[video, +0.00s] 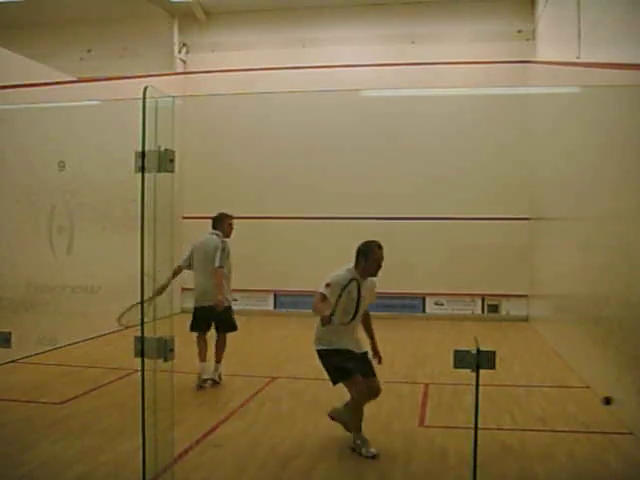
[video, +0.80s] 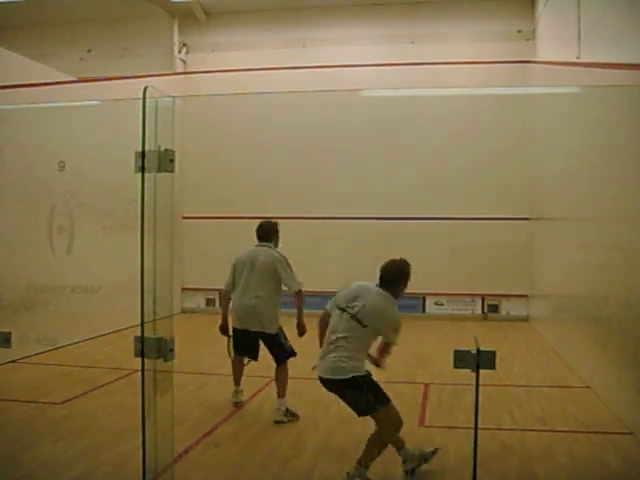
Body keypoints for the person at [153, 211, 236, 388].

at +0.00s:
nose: (232, 229)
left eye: (232, 225)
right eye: (229, 225)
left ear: (214, 226)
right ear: (221, 226)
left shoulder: (198, 244)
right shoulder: (221, 244)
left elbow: (180, 267)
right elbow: (218, 270)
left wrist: (164, 285)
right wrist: (220, 295)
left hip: (201, 301)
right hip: (220, 301)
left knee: (201, 334)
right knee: (221, 334)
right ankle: (217, 370)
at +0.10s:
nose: (238, 227)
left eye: (238, 223)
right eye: (236, 223)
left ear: (220, 225)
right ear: (226, 224)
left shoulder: (206, 243)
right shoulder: (226, 242)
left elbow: (190, 268)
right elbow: (222, 269)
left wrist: (176, 291)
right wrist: (224, 294)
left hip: (207, 300)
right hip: (227, 300)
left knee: (219, 337)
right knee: (233, 332)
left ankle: (224, 373)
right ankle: (233, 368)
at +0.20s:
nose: (245, 231)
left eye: (245, 227)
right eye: (242, 227)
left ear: (229, 229)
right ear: (232, 228)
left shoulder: (214, 248)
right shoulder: (232, 247)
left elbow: (199, 276)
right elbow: (230, 275)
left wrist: (188, 301)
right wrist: (235, 301)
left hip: (217, 309)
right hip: (235, 308)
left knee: (228, 346)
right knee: (247, 338)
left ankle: (231, 386)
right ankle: (252, 379)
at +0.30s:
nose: (252, 233)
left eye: (252, 229)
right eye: (249, 229)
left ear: (234, 231)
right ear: (237, 230)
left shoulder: (220, 250)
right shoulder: (239, 248)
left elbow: (206, 280)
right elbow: (241, 278)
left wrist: (199, 305)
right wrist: (253, 304)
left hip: (223, 310)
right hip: (241, 310)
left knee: (231, 348)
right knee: (260, 338)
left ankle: (231, 387)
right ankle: (266, 381)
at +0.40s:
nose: (261, 234)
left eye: (261, 230)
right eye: (258, 230)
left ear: (243, 231)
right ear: (246, 231)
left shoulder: (227, 251)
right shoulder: (247, 250)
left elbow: (213, 280)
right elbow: (253, 280)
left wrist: (208, 305)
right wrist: (272, 305)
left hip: (229, 312)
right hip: (248, 311)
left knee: (233, 349)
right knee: (270, 345)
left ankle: (232, 387)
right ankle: (274, 385)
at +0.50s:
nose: (271, 239)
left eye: (271, 235)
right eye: (267, 235)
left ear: (251, 237)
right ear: (255, 236)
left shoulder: (234, 256)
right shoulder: (257, 256)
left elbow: (219, 285)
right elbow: (270, 288)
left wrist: (214, 311)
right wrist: (291, 312)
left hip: (237, 318)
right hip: (259, 318)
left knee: (237, 351)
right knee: (276, 355)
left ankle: (232, 387)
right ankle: (282, 399)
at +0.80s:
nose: (279, 239)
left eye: (278, 235)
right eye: (278, 235)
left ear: (257, 236)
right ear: (275, 236)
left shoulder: (242, 257)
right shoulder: (277, 258)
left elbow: (225, 291)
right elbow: (297, 290)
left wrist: (224, 318)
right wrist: (300, 319)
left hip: (240, 319)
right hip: (266, 320)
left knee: (238, 354)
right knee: (282, 359)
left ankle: (237, 392)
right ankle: (281, 408)